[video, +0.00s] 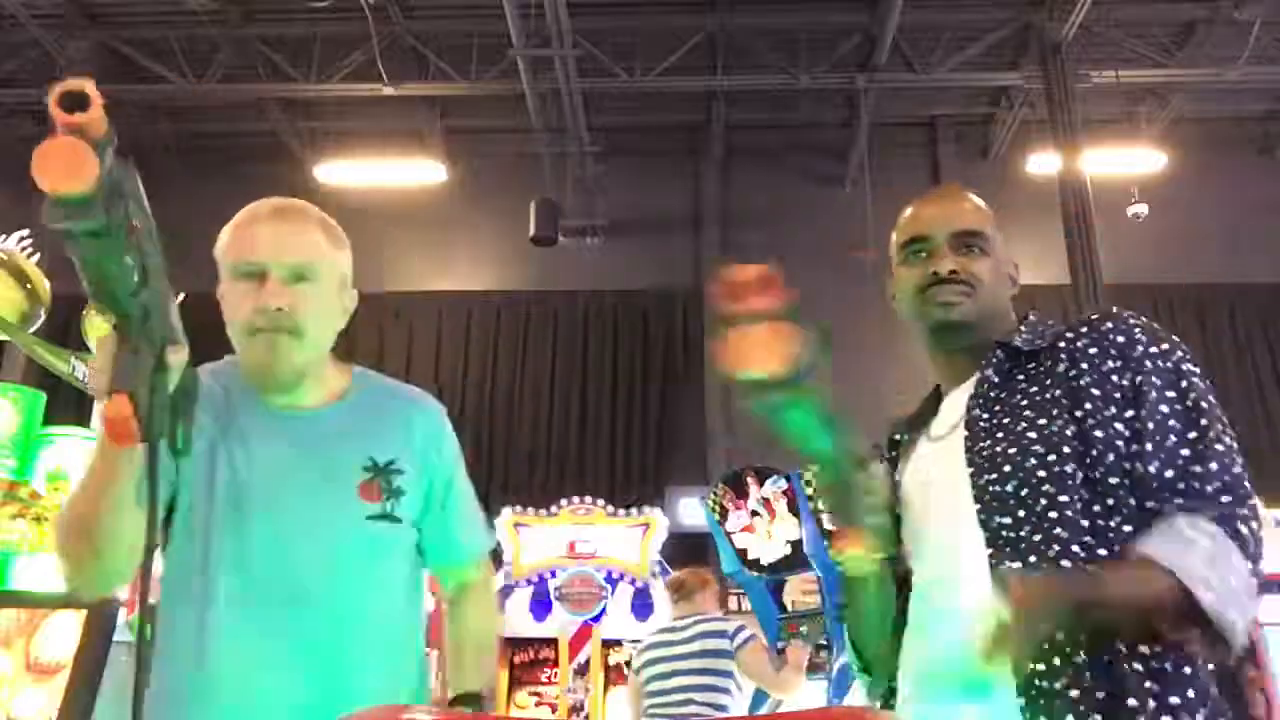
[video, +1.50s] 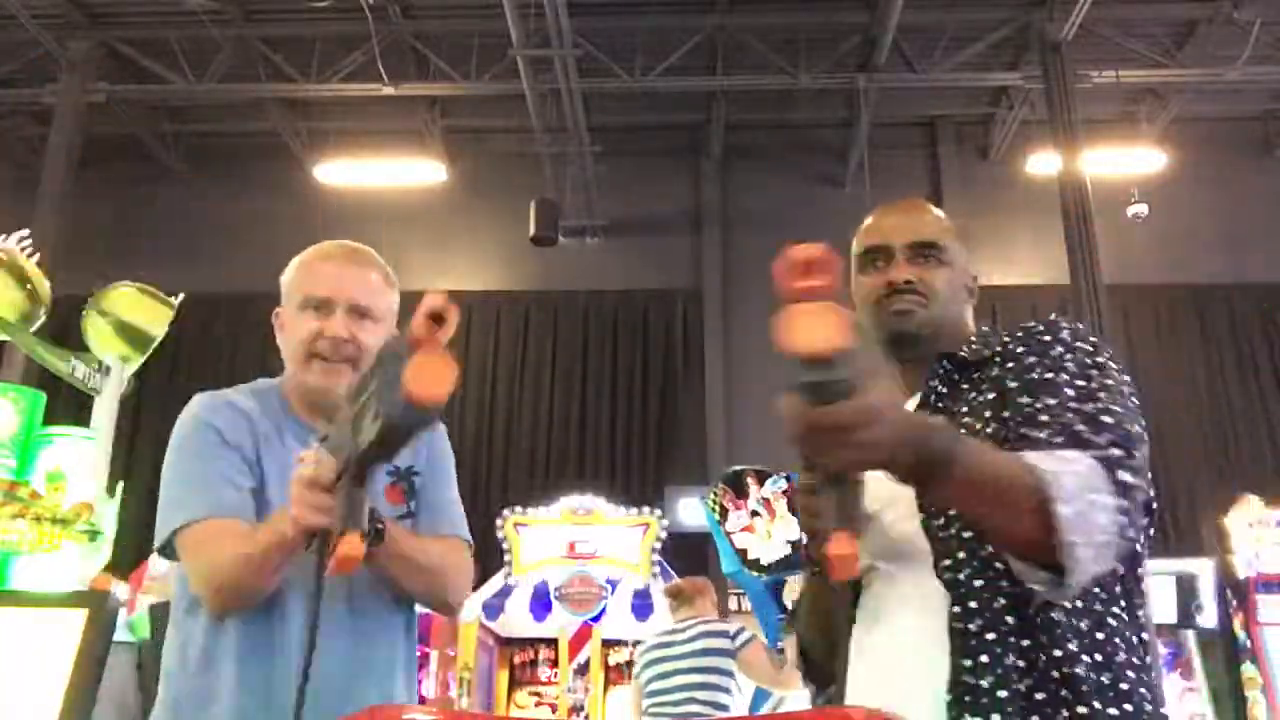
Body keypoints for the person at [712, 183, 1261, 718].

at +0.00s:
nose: (942, 263)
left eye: (968, 246)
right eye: (916, 251)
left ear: (1011, 274)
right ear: (893, 291)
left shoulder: (1111, 353)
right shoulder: (898, 454)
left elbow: (1217, 564)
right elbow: (891, 672)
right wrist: (859, 545)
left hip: (1112, 703)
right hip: (938, 708)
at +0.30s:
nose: (952, 275)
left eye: (975, 257)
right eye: (924, 261)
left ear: (1009, 290)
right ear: (893, 298)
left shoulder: (1130, 413)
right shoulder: (854, 482)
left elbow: (1260, 562)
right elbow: (853, 656)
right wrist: (914, 535)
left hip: (1134, 708)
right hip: (950, 711)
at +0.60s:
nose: (952, 279)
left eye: (974, 260)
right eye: (928, 263)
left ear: (1008, 281)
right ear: (898, 291)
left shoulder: (1112, 375)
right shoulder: (888, 447)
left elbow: (1241, 526)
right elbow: (868, 661)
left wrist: (1225, 595)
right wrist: (885, 548)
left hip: (1109, 703)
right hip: (945, 706)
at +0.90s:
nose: (963, 260)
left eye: (989, 243)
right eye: (935, 244)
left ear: (1023, 277)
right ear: (903, 283)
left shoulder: (1114, 348)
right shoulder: (897, 409)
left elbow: (1138, 504)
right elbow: (881, 665)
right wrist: (879, 528)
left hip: (1115, 699)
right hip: (953, 704)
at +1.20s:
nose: (924, 266)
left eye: (949, 252)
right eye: (897, 252)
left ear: (983, 293)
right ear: (863, 296)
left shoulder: (1077, 397)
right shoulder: (836, 472)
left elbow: (1205, 592)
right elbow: (801, 651)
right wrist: (883, 540)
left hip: (1081, 705)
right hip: (904, 707)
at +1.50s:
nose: (898, 276)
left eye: (926, 256)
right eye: (874, 262)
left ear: (970, 282)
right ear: (854, 298)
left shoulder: (1053, 353)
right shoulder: (860, 419)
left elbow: (1088, 529)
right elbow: (822, 667)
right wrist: (828, 550)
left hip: (1060, 697)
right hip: (896, 701)